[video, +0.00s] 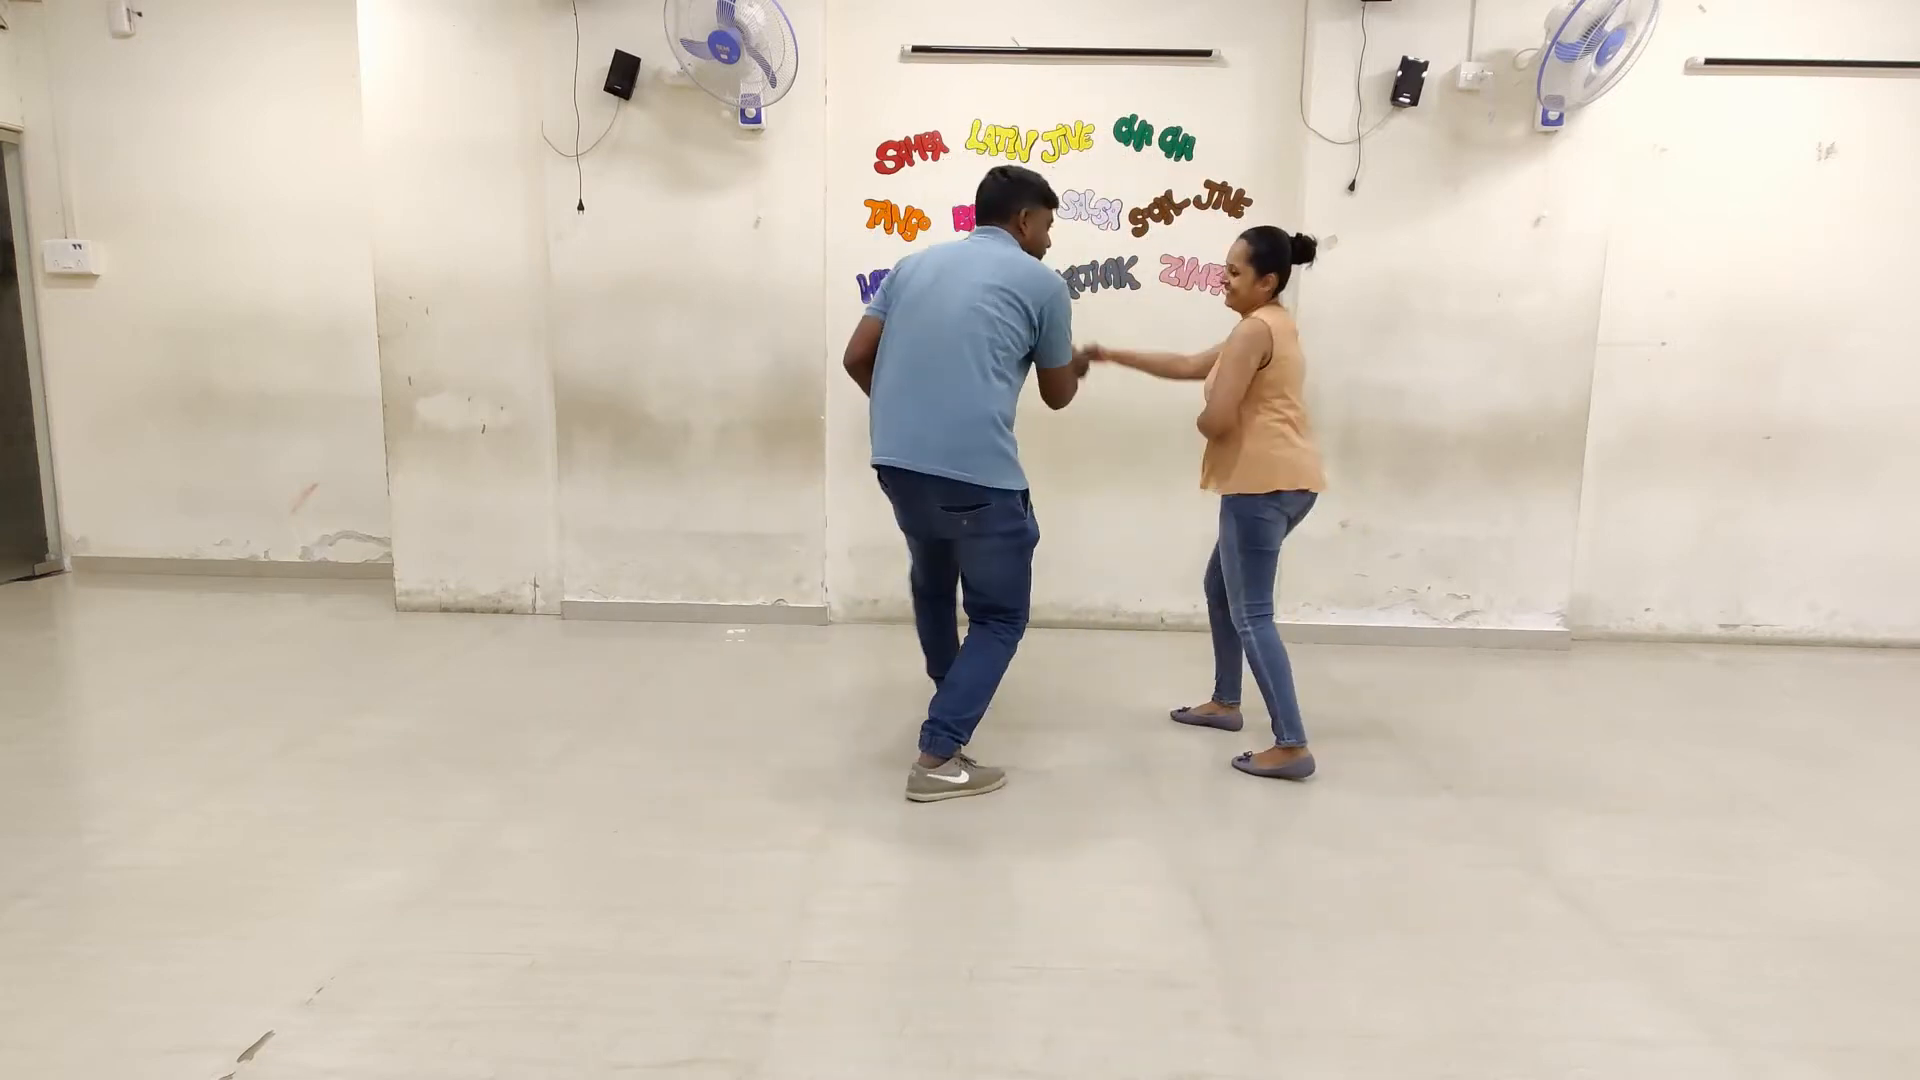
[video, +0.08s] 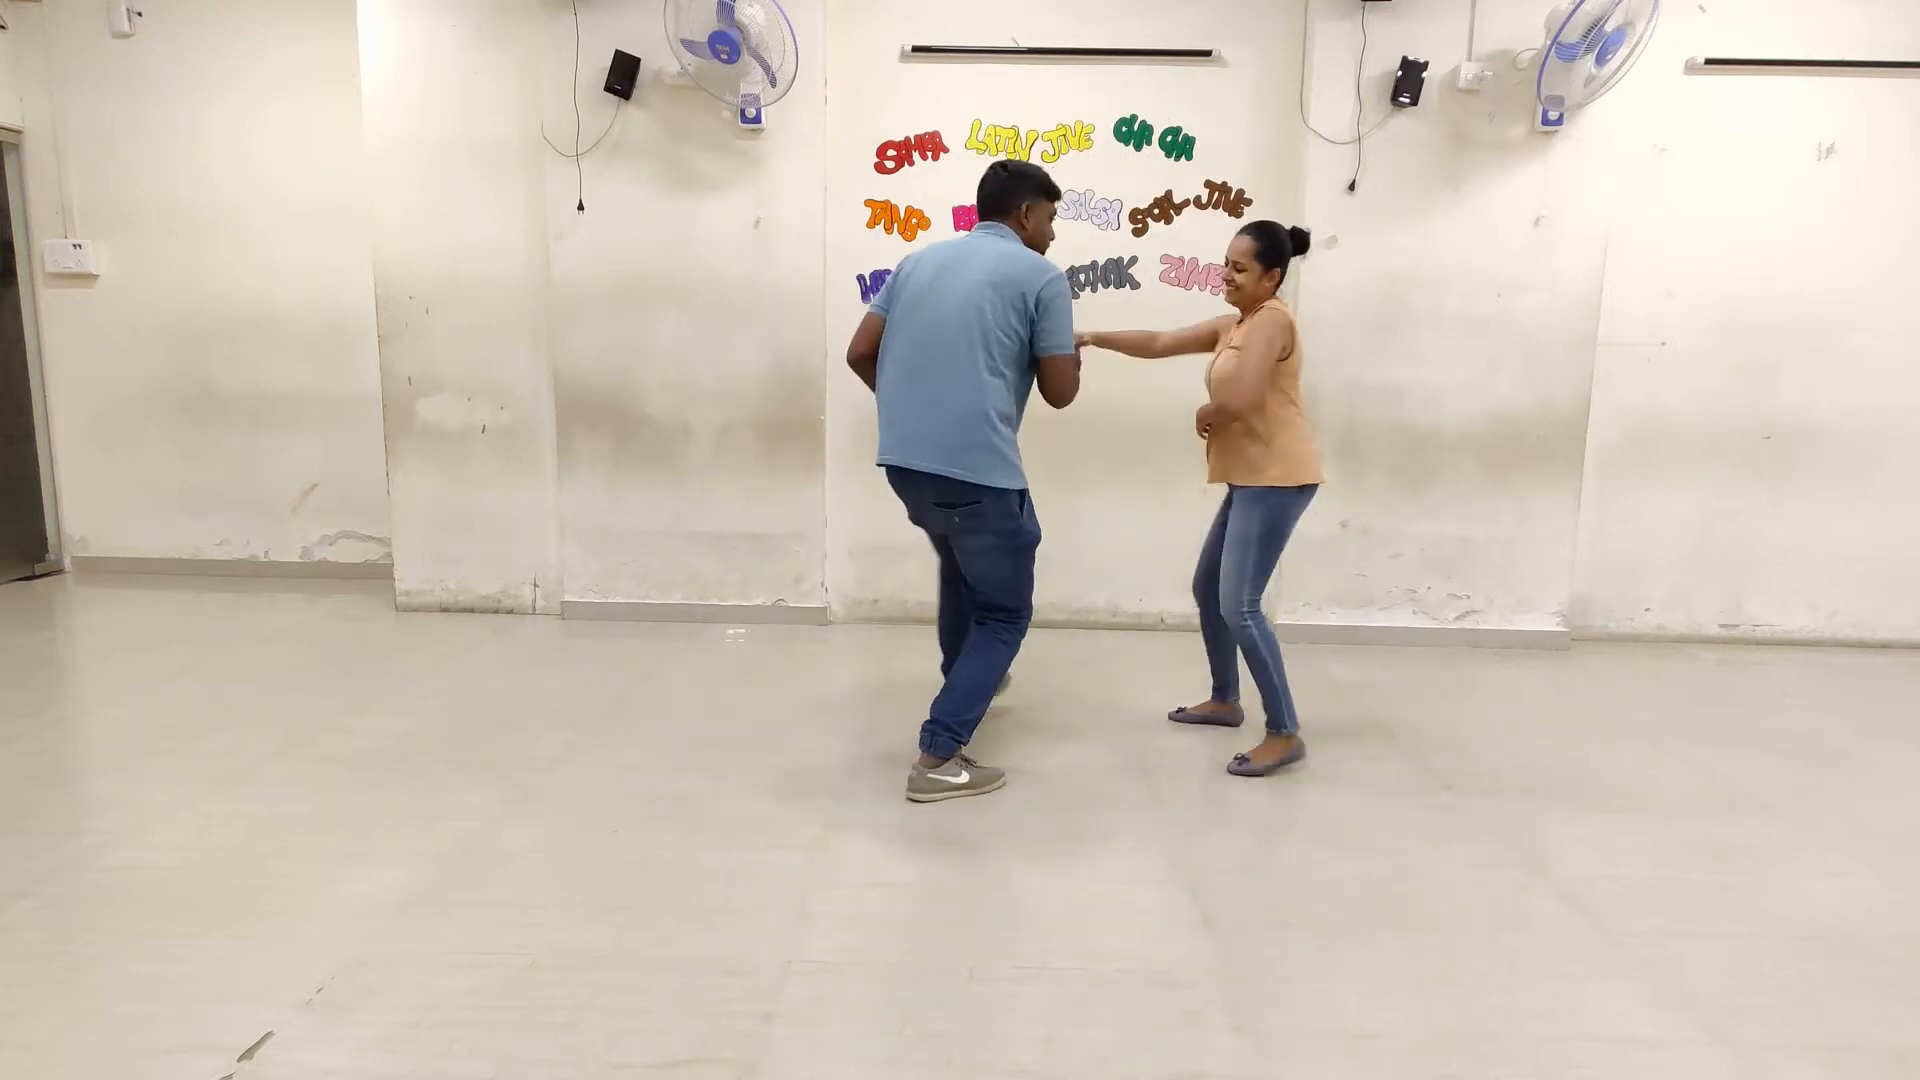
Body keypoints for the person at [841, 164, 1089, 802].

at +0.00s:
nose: (1050, 236)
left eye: (1050, 223)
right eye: (1046, 222)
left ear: (985, 216)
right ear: (1021, 217)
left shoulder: (916, 263)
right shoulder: (1042, 283)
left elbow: (858, 357)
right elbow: (1057, 393)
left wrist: (902, 405)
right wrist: (1078, 361)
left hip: (897, 459)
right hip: (977, 466)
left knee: (932, 572)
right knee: (998, 618)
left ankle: (947, 701)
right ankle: (939, 756)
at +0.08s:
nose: (1052, 230)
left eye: (1053, 217)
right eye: (1049, 216)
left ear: (986, 210)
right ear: (1024, 213)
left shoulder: (919, 260)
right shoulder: (1041, 277)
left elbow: (861, 352)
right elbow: (1061, 391)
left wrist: (909, 399)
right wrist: (1064, 349)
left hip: (902, 458)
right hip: (977, 465)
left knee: (956, 565)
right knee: (1001, 616)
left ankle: (963, 685)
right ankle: (938, 756)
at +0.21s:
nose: (1055, 232)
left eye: (1055, 218)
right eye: (1051, 218)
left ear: (993, 219)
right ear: (1024, 217)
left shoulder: (927, 273)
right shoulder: (1031, 277)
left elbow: (877, 369)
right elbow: (1040, 377)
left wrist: (936, 410)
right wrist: (1086, 439)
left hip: (913, 472)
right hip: (979, 477)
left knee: (995, 571)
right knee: (1012, 621)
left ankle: (975, 707)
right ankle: (938, 756)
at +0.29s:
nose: (1056, 228)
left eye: (1055, 214)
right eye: (1050, 214)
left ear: (994, 220)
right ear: (1019, 217)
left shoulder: (936, 275)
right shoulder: (1024, 276)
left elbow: (892, 377)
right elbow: (1027, 374)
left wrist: (967, 405)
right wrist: (1096, 464)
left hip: (919, 467)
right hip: (981, 473)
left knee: (998, 590)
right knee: (1017, 620)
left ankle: (977, 709)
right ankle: (938, 754)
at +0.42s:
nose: (1058, 201)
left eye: (1054, 189)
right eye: (1048, 190)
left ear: (1002, 198)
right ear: (1014, 197)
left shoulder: (966, 249)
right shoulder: (1008, 252)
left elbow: (968, 355)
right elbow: (1002, 348)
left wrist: (1025, 401)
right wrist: (1079, 430)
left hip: (937, 443)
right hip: (969, 448)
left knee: (1011, 578)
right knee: (1040, 588)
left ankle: (980, 709)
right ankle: (954, 734)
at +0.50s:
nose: (1059, 184)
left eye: (1055, 172)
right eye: (1046, 173)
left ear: (1006, 184)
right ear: (1008, 183)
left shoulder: (982, 235)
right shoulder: (999, 237)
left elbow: (976, 343)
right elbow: (991, 338)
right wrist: (1071, 415)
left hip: (953, 430)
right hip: (966, 433)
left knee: (1013, 571)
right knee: (1036, 573)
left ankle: (975, 707)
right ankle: (990, 740)